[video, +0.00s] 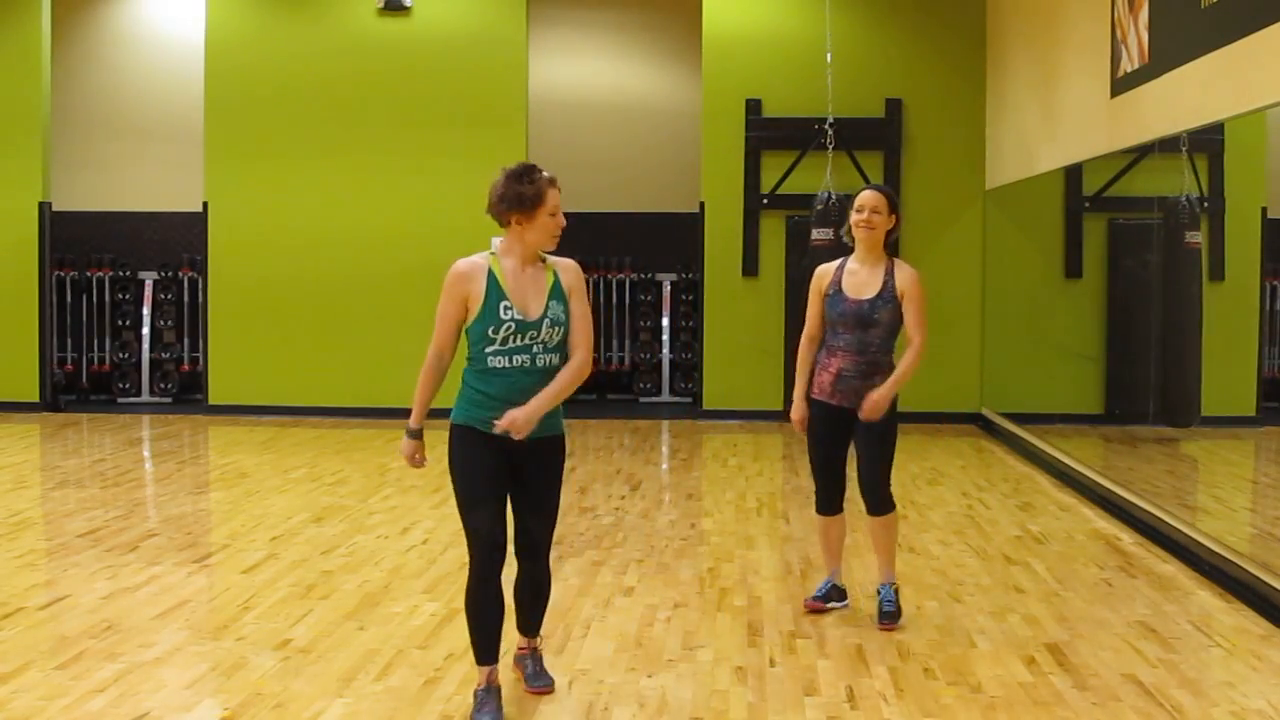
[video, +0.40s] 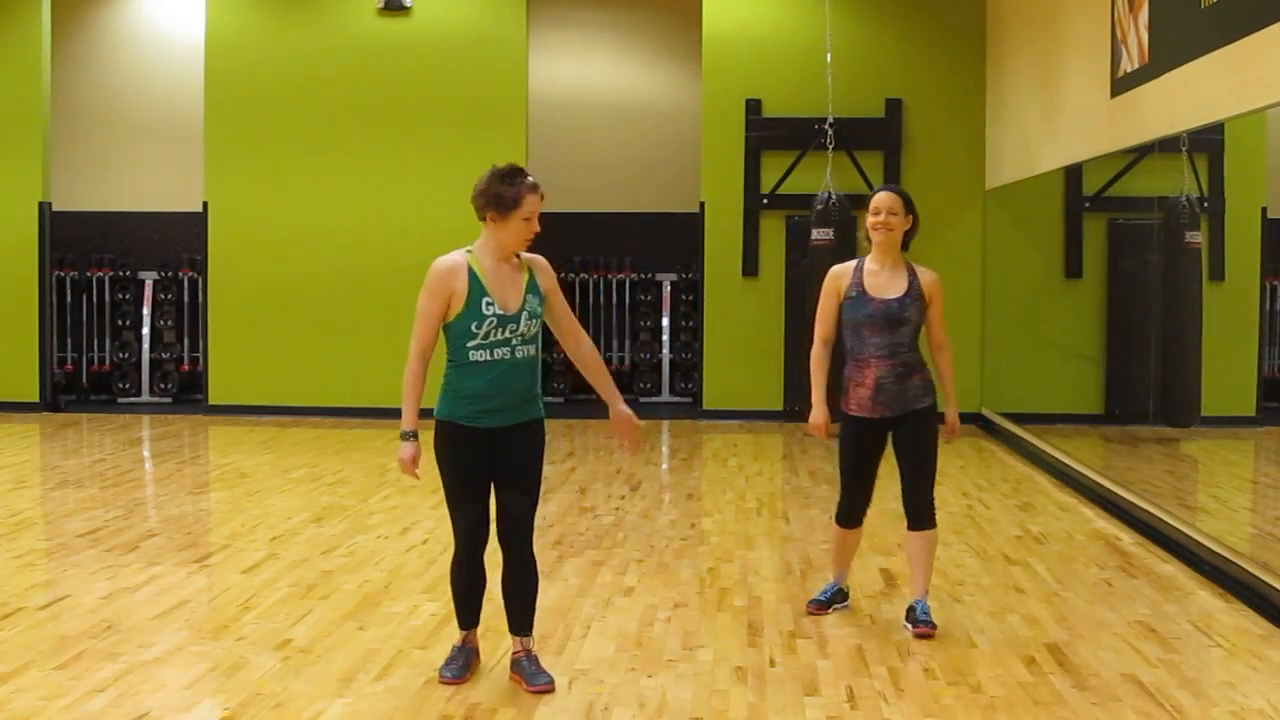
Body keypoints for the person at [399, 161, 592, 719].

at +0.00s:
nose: (563, 221)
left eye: (561, 212)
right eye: (553, 213)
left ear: (532, 219)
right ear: (516, 219)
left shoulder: (567, 275)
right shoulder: (468, 275)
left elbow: (581, 359)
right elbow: (439, 354)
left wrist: (535, 408)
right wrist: (415, 424)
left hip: (542, 434)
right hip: (477, 433)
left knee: (535, 554)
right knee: (486, 556)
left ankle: (529, 648)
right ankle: (487, 679)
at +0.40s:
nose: (537, 227)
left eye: (538, 217)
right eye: (528, 218)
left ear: (519, 219)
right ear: (493, 217)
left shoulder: (537, 271)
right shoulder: (449, 272)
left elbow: (575, 340)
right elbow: (418, 355)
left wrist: (617, 402)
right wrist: (408, 432)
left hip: (522, 429)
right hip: (462, 431)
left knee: (518, 540)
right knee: (469, 542)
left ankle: (523, 648)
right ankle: (467, 641)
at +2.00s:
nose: (565, 229)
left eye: (570, 219)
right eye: (553, 221)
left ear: (578, 223)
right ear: (528, 228)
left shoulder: (592, 286)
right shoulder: (507, 273)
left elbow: (591, 368)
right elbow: (465, 282)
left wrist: (581, 430)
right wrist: (499, 232)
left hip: (553, 434)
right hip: (491, 429)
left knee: (595, 534)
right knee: (478, 541)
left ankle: (602, 650)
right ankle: (468, 655)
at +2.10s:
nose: (573, 228)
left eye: (579, 219)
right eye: (561, 220)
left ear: (586, 224)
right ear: (537, 226)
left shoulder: (600, 285)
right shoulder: (513, 272)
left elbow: (597, 364)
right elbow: (458, 315)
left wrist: (585, 428)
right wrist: (491, 252)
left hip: (560, 433)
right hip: (500, 428)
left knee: (607, 537)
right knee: (486, 545)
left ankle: (631, 650)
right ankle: (464, 653)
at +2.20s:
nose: (581, 224)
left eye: (588, 214)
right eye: (570, 216)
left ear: (597, 218)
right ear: (546, 222)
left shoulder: (615, 278)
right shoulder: (524, 275)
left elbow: (625, 356)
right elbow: (472, 340)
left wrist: (629, 429)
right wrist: (466, 313)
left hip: (584, 432)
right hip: (524, 430)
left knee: (624, 535)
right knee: (498, 543)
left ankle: (638, 652)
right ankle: (456, 649)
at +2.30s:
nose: (589, 222)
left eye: (595, 212)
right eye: (577, 214)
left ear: (606, 215)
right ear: (556, 221)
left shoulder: (630, 273)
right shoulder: (536, 278)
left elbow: (660, 348)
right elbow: (500, 345)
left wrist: (684, 419)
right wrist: (467, 392)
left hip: (613, 430)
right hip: (551, 432)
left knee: (645, 536)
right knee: (523, 545)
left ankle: (642, 651)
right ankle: (470, 647)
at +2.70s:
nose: (576, 220)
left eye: (586, 212)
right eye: (567, 210)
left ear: (597, 220)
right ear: (548, 216)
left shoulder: (614, 276)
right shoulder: (528, 275)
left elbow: (661, 341)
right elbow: (522, 350)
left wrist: (698, 404)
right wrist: (502, 415)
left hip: (614, 428)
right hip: (552, 430)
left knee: (644, 539)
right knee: (512, 538)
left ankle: (686, 640)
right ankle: (485, 650)